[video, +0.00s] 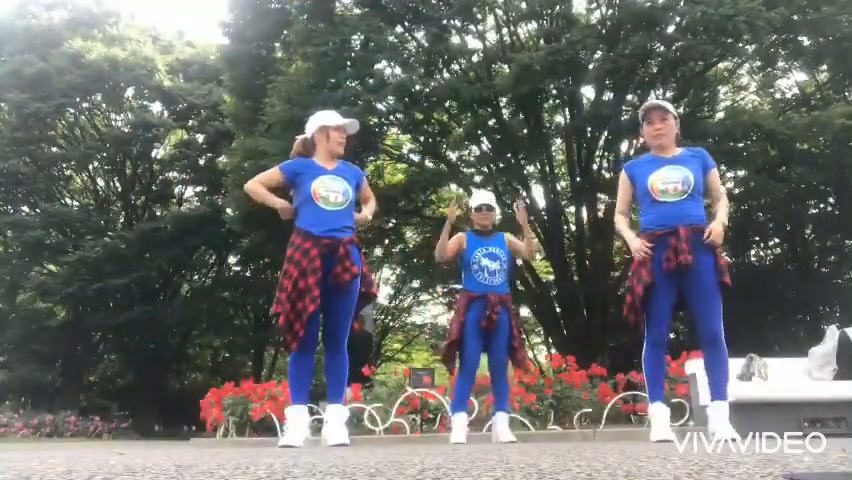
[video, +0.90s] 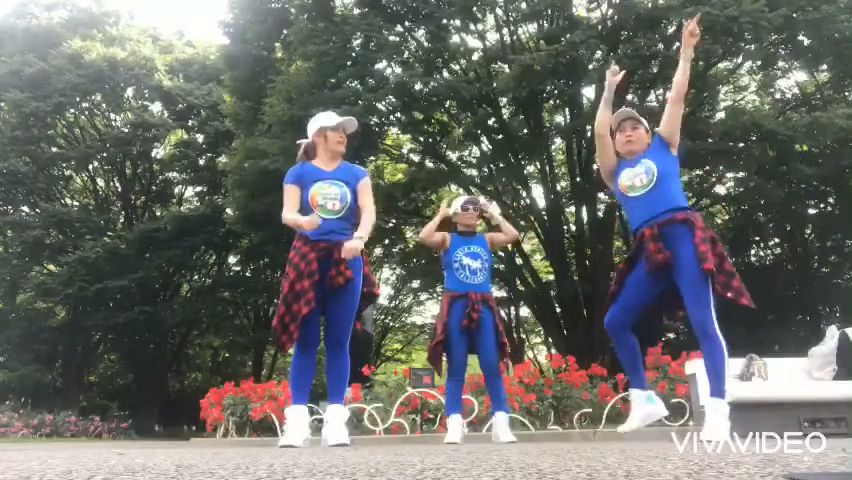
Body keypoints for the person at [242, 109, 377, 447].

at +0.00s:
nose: (345, 137)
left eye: (345, 133)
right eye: (339, 132)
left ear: (343, 138)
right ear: (320, 135)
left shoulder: (354, 173)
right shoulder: (298, 167)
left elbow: (370, 199)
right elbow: (253, 185)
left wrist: (366, 212)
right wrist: (278, 203)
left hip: (345, 254)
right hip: (307, 253)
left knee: (337, 340)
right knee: (303, 337)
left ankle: (336, 420)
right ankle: (297, 420)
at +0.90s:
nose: (343, 135)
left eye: (344, 131)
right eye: (336, 130)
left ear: (343, 138)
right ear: (319, 136)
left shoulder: (357, 174)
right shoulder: (297, 173)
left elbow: (369, 211)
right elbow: (287, 214)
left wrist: (359, 237)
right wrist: (302, 220)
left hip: (347, 259)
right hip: (310, 259)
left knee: (339, 341)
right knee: (306, 340)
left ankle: (336, 417)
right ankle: (297, 417)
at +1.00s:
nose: (345, 135)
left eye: (346, 131)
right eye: (338, 130)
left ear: (344, 137)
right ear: (320, 135)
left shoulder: (358, 175)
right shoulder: (297, 173)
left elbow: (362, 221)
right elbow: (284, 223)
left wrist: (360, 261)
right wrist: (291, 260)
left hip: (345, 257)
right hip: (307, 256)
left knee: (339, 341)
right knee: (306, 341)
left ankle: (336, 418)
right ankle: (297, 419)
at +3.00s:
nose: (328, 139)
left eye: (333, 134)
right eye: (322, 134)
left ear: (340, 139)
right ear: (309, 138)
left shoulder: (348, 180)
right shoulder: (293, 172)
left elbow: (361, 223)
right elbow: (280, 216)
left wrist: (353, 242)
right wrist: (285, 255)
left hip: (340, 254)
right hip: (303, 251)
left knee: (341, 331)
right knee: (302, 333)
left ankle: (336, 416)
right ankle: (297, 417)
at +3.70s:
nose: (354, 137)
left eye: (359, 131)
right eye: (348, 132)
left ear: (367, 136)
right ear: (337, 138)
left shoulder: (383, 175)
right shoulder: (324, 175)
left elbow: (399, 217)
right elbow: (310, 222)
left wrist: (404, 246)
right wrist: (311, 257)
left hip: (376, 253)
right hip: (335, 253)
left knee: (374, 332)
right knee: (321, 336)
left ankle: (376, 414)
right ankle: (299, 416)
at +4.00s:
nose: (360, 137)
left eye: (365, 131)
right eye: (353, 131)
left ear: (373, 135)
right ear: (342, 136)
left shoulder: (391, 172)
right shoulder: (330, 174)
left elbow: (407, 216)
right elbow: (321, 219)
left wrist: (404, 247)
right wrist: (335, 254)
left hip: (385, 253)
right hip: (347, 254)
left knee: (380, 335)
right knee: (353, 334)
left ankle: (378, 414)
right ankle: (350, 414)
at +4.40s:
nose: (327, 150)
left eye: (333, 145)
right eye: (320, 144)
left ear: (339, 150)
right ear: (307, 150)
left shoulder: (347, 177)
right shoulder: (307, 193)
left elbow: (380, 210)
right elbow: (315, 236)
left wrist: (371, 258)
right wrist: (318, 260)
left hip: (373, 261)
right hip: (339, 269)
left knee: (373, 336)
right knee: (306, 322)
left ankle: (377, 415)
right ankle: (308, 411)